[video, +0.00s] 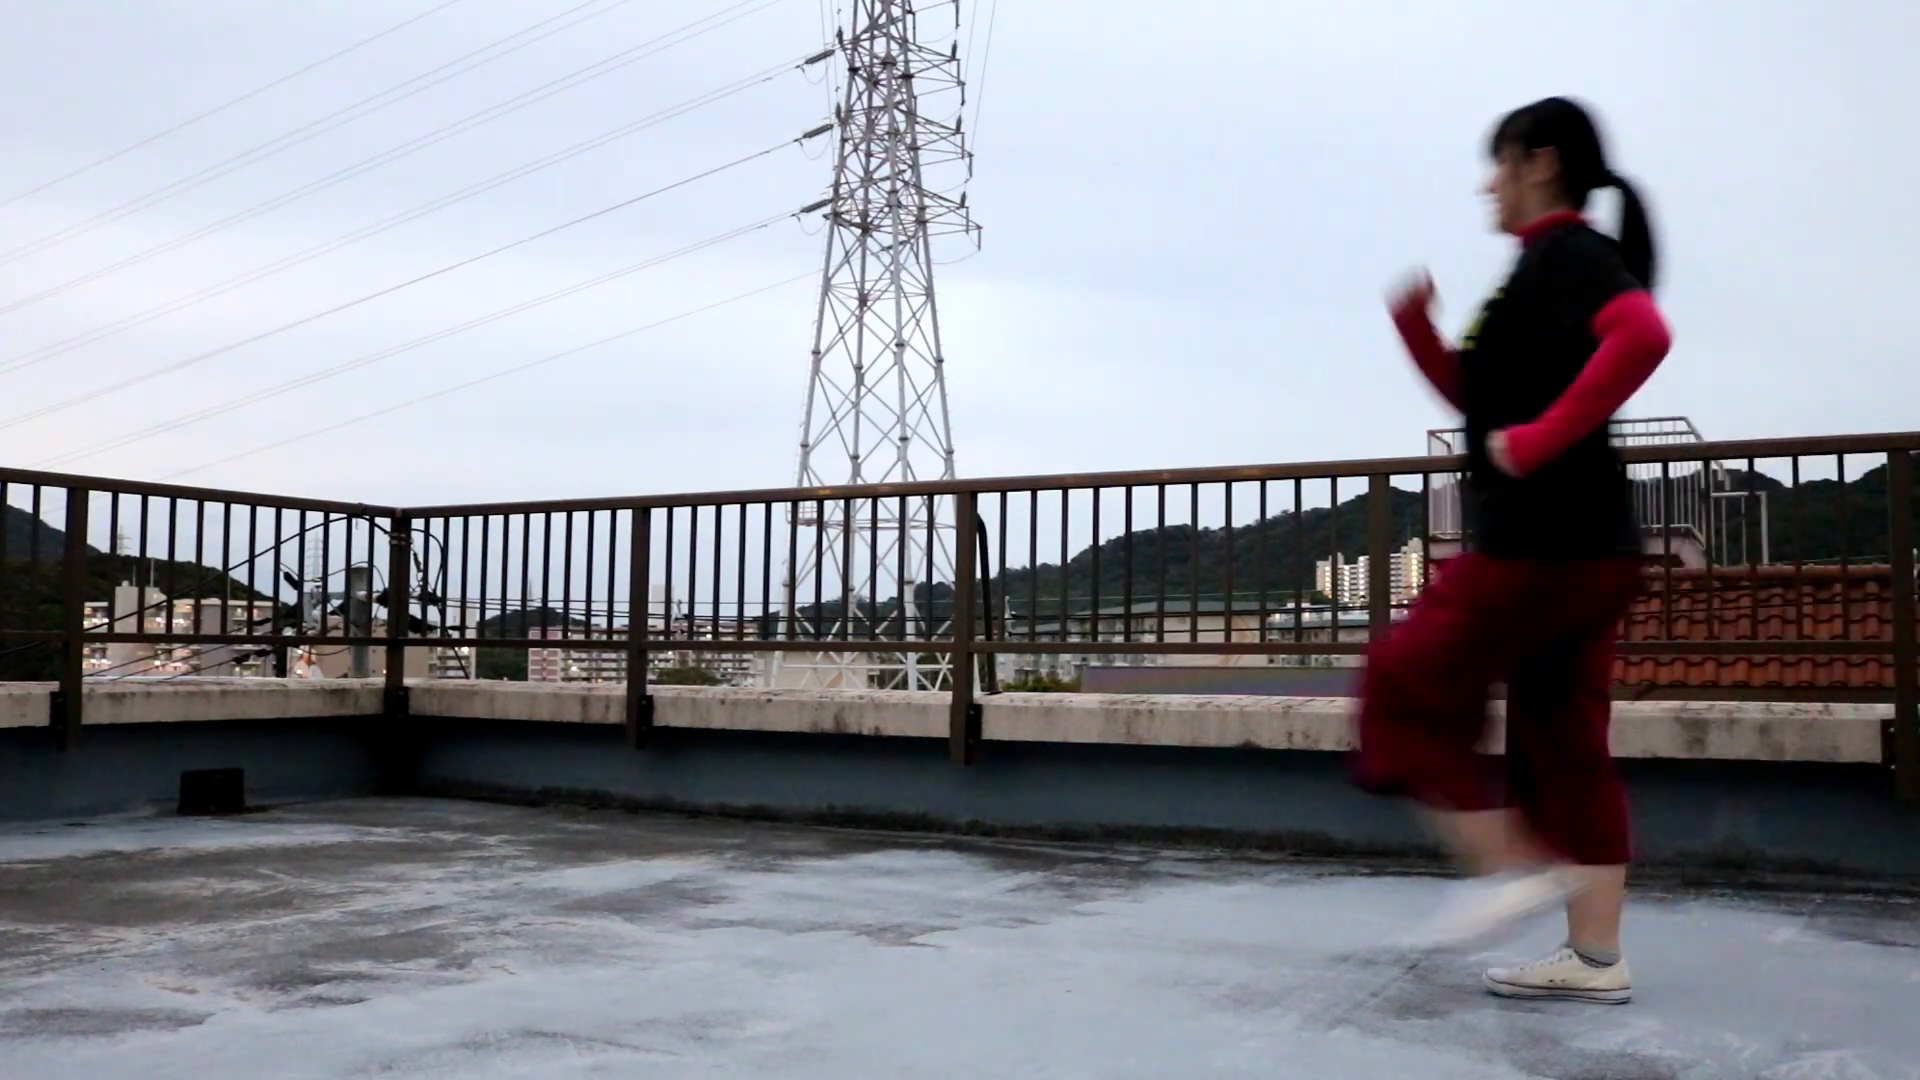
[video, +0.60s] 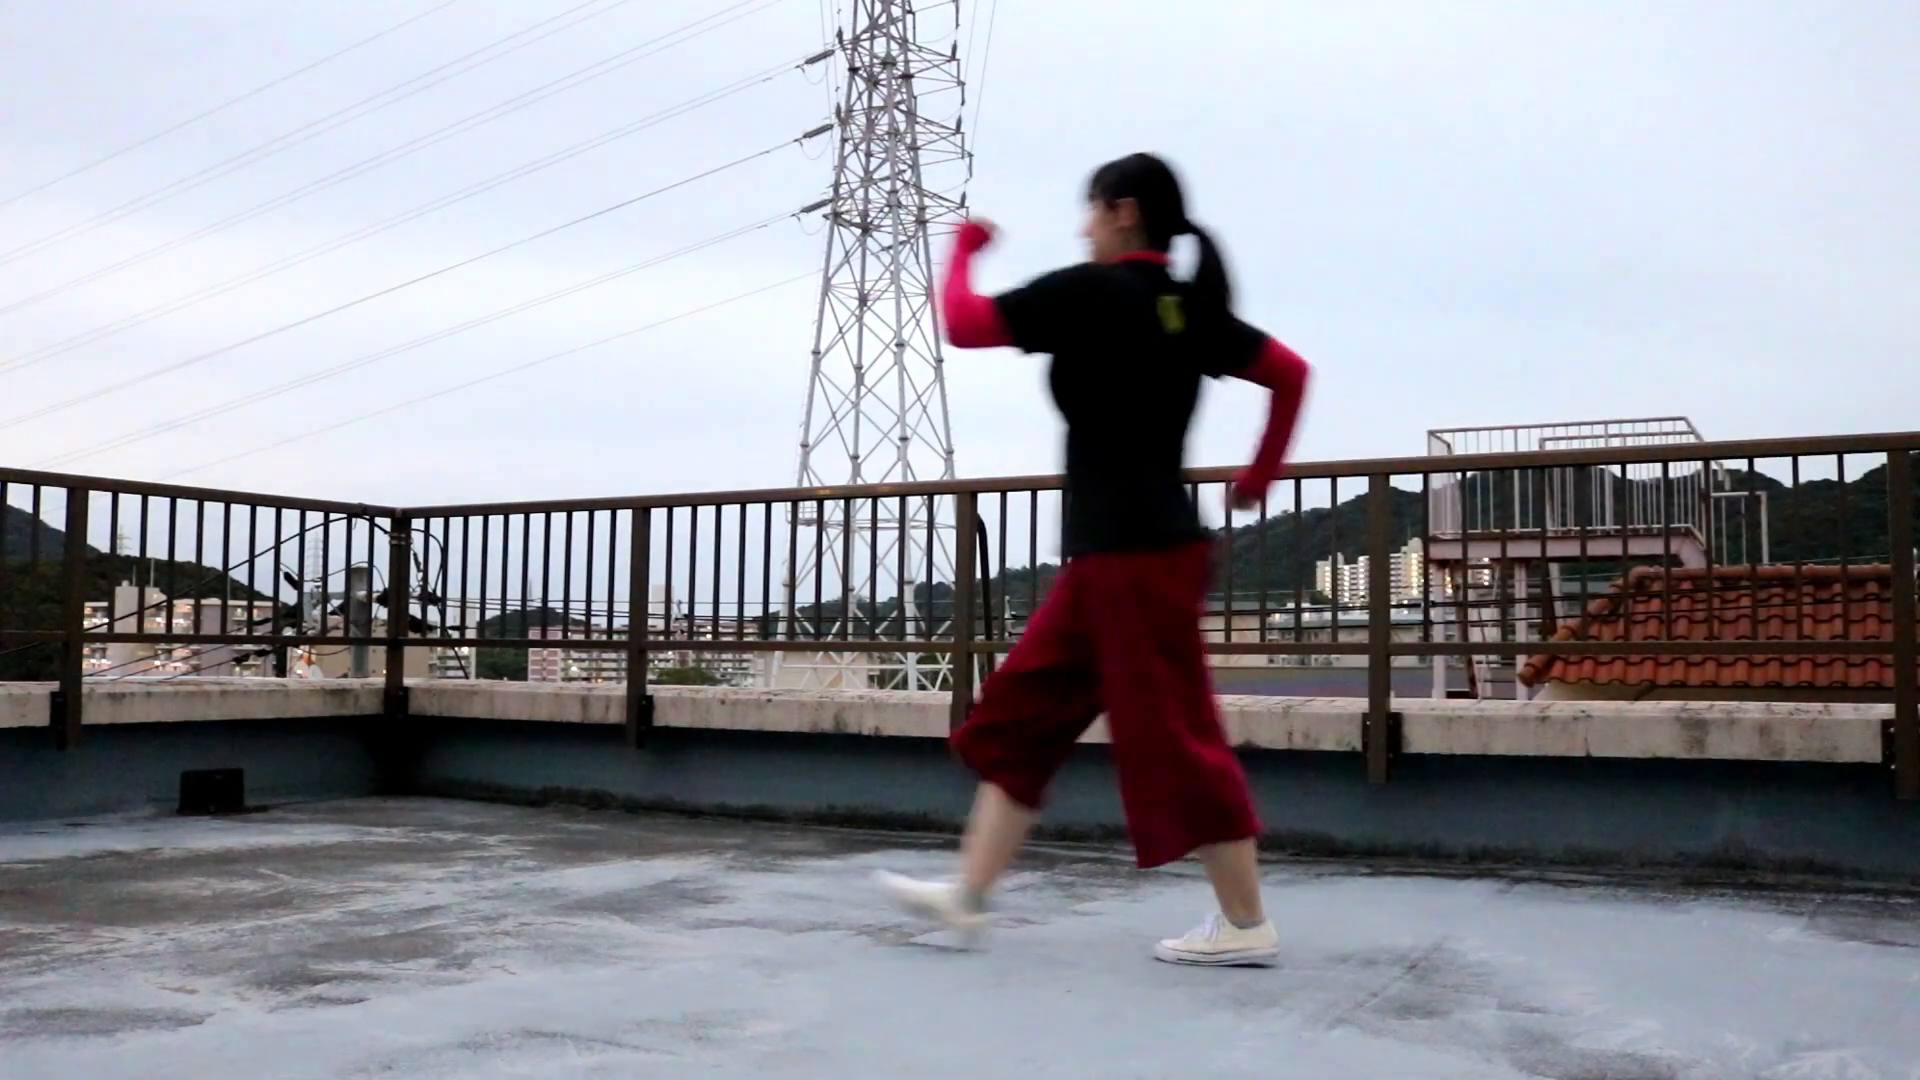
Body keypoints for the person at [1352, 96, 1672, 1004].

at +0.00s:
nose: (1488, 180)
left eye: (1499, 163)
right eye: (1491, 164)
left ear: (1544, 166)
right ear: (1544, 170)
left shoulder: (1571, 254)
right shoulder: (1538, 273)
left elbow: (1642, 333)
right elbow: (1472, 396)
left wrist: (1542, 435)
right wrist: (1415, 323)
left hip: (1539, 546)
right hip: (1575, 546)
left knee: (1400, 687)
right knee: (1566, 734)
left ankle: (1507, 864)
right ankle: (1595, 955)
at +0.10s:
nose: (1417, 193)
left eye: (1426, 176)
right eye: (1418, 177)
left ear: (1468, 178)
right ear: (1469, 182)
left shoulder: (1514, 258)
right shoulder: (1431, 287)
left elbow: (1627, 301)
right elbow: (1343, 362)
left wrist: (1560, 416)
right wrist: (1350, 262)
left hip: (1444, 543)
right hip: (1515, 543)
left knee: (1329, 706)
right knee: (1549, 736)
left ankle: (1304, 916)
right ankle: (1591, 949)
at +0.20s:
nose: (1347, 207)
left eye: (1358, 192)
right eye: (1351, 192)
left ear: (1394, 195)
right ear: (1408, 199)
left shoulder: (1421, 277)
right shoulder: (1368, 292)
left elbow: (1534, 308)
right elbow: (1274, 364)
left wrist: (1489, 427)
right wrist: (1273, 269)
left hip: (1355, 545)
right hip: (1425, 539)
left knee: (1296, 726)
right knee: (1489, 720)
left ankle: (1254, 925)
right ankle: (1572, 924)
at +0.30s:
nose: (1278, 208)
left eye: (1288, 193)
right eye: (1282, 193)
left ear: (1322, 199)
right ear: (1332, 202)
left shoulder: (1341, 288)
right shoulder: (1320, 297)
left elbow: (1377, 376)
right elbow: (1263, 404)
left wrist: (1303, 465)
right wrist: (1202, 354)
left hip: (1284, 548)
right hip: (1339, 547)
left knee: (1251, 718)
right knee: (1348, 724)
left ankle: (1247, 923)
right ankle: (1493, 864)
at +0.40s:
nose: (1215, 216)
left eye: (1224, 201)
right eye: (1218, 202)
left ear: (1257, 205)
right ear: (1276, 210)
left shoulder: (1257, 295)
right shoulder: (1291, 296)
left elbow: (1218, 398)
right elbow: (1274, 425)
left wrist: (1130, 424)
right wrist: (1190, 474)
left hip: (1237, 550)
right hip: (1282, 547)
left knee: (1224, 721)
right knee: (1221, 714)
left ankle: (1248, 926)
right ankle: (1343, 807)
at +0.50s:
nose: (1148, 220)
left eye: (1156, 205)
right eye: (1152, 205)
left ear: (1187, 210)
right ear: (1215, 216)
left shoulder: (1157, 301)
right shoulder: (1238, 312)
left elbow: (1053, 359)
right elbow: (1308, 414)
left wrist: (1024, 308)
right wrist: (1257, 502)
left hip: (1182, 553)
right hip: (1231, 548)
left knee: (1210, 725)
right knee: (1076, 680)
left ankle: (1249, 926)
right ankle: (1143, 833)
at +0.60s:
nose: (1085, 223)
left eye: (1092, 209)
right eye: (1089, 209)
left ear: (1123, 214)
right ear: (1152, 220)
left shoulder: (1085, 293)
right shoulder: (1189, 307)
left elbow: (963, 323)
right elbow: (1290, 373)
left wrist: (961, 247)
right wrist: (1260, 473)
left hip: (1129, 553)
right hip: (1143, 549)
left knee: (1175, 731)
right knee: (1024, 714)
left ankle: (1246, 922)